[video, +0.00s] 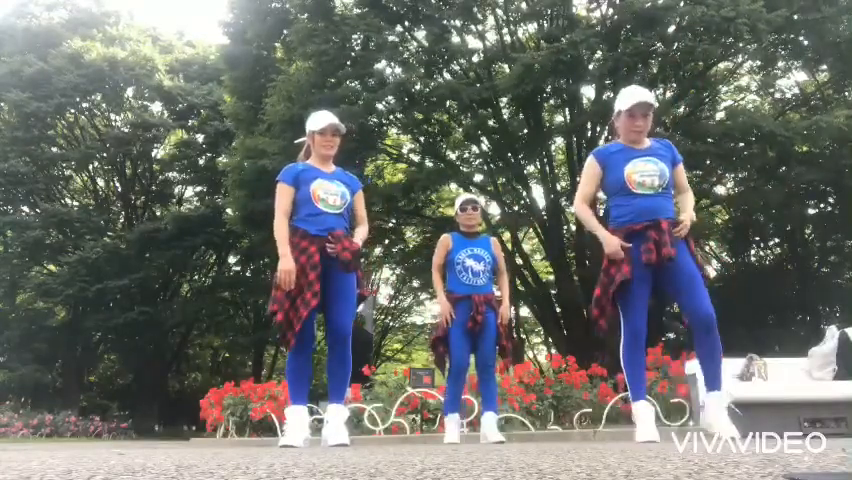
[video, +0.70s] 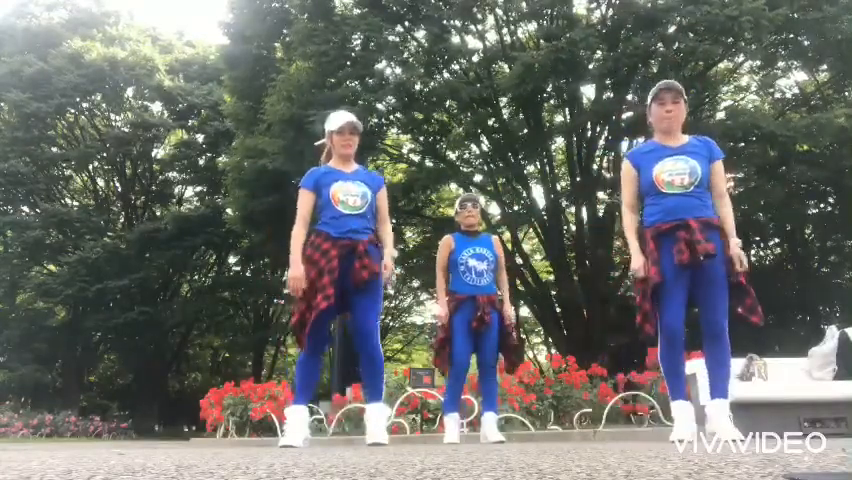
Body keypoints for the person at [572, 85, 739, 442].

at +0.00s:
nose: (639, 120)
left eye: (645, 114)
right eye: (632, 114)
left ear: (652, 118)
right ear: (617, 118)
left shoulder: (665, 149)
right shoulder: (602, 155)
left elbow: (683, 190)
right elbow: (580, 203)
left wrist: (688, 211)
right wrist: (604, 236)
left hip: (671, 240)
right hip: (629, 244)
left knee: (705, 316)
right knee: (635, 329)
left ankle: (714, 406)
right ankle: (641, 411)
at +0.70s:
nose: (668, 108)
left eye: (675, 102)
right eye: (661, 103)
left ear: (685, 109)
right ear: (649, 111)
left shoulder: (706, 147)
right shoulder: (635, 156)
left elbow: (721, 196)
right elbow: (629, 208)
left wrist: (732, 238)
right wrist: (635, 250)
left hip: (707, 235)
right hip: (663, 240)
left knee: (716, 324)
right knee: (671, 327)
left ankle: (719, 411)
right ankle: (681, 415)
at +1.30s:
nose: (667, 112)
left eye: (673, 106)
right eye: (659, 109)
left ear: (686, 113)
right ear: (650, 120)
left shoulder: (706, 139)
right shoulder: (640, 165)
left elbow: (721, 184)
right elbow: (641, 215)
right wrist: (650, 250)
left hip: (716, 240)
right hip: (673, 248)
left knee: (748, 322)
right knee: (680, 327)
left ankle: (761, 411)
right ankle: (687, 412)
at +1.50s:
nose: (643, 114)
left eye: (650, 108)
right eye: (635, 111)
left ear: (664, 115)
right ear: (628, 123)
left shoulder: (678, 137)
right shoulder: (626, 165)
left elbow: (694, 173)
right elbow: (628, 211)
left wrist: (657, 215)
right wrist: (633, 235)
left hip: (701, 240)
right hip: (661, 250)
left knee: (741, 313)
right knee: (638, 314)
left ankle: (771, 402)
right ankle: (645, 405)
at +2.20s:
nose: (615, 147)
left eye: (622, 139)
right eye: (612, 143)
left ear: (644, 142)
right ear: (611, 150)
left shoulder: (665, 166)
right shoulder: (622, 192)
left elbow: (717, 185)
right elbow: (627, 239)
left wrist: (700, 235)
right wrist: (626, 264)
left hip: (694, 267)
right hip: (652, 277)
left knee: (731, 338)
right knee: (611, 320)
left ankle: (760, 414)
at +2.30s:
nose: (611, 135)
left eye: (620, 128)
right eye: (609, 131)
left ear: (640, 138)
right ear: (607, 143)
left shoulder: (658, 166)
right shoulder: (605, 187)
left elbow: (705, 199)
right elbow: (607, 233)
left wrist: (704, 238)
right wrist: (606, 261)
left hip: (667, 266)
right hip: (627, 274)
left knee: (709, 340)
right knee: (591, 327)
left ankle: (757, 411)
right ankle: (587, 417)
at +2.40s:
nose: (611, 111)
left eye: (619, 106)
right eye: (608, 107)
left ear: (638, 116)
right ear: (604, 117)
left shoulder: (654, 150)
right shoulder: (586, 153)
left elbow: (685, 191)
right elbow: (566, 198)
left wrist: (660, 200)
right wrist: (593, 206)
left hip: (646, 245)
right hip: (603, 249)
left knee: (683, 319)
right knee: (584, 326)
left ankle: (728, 398)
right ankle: (586, 416)